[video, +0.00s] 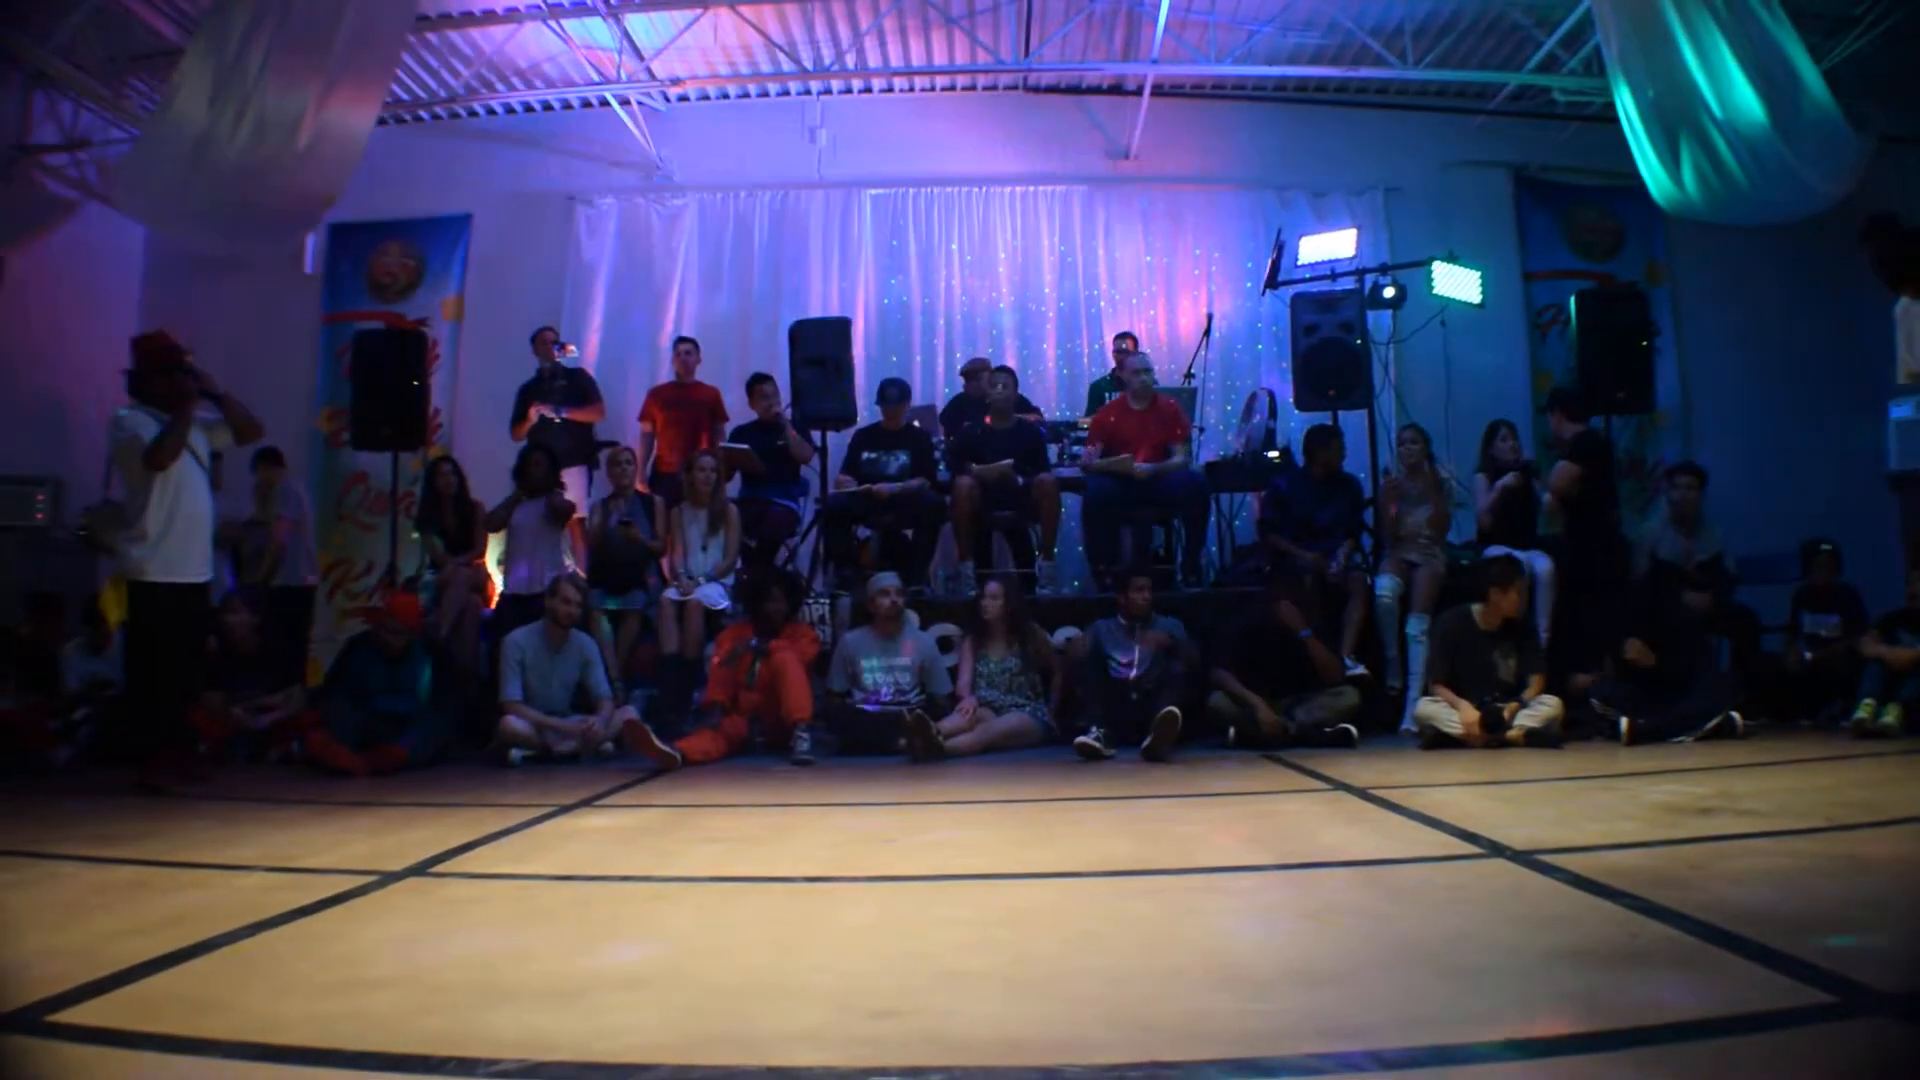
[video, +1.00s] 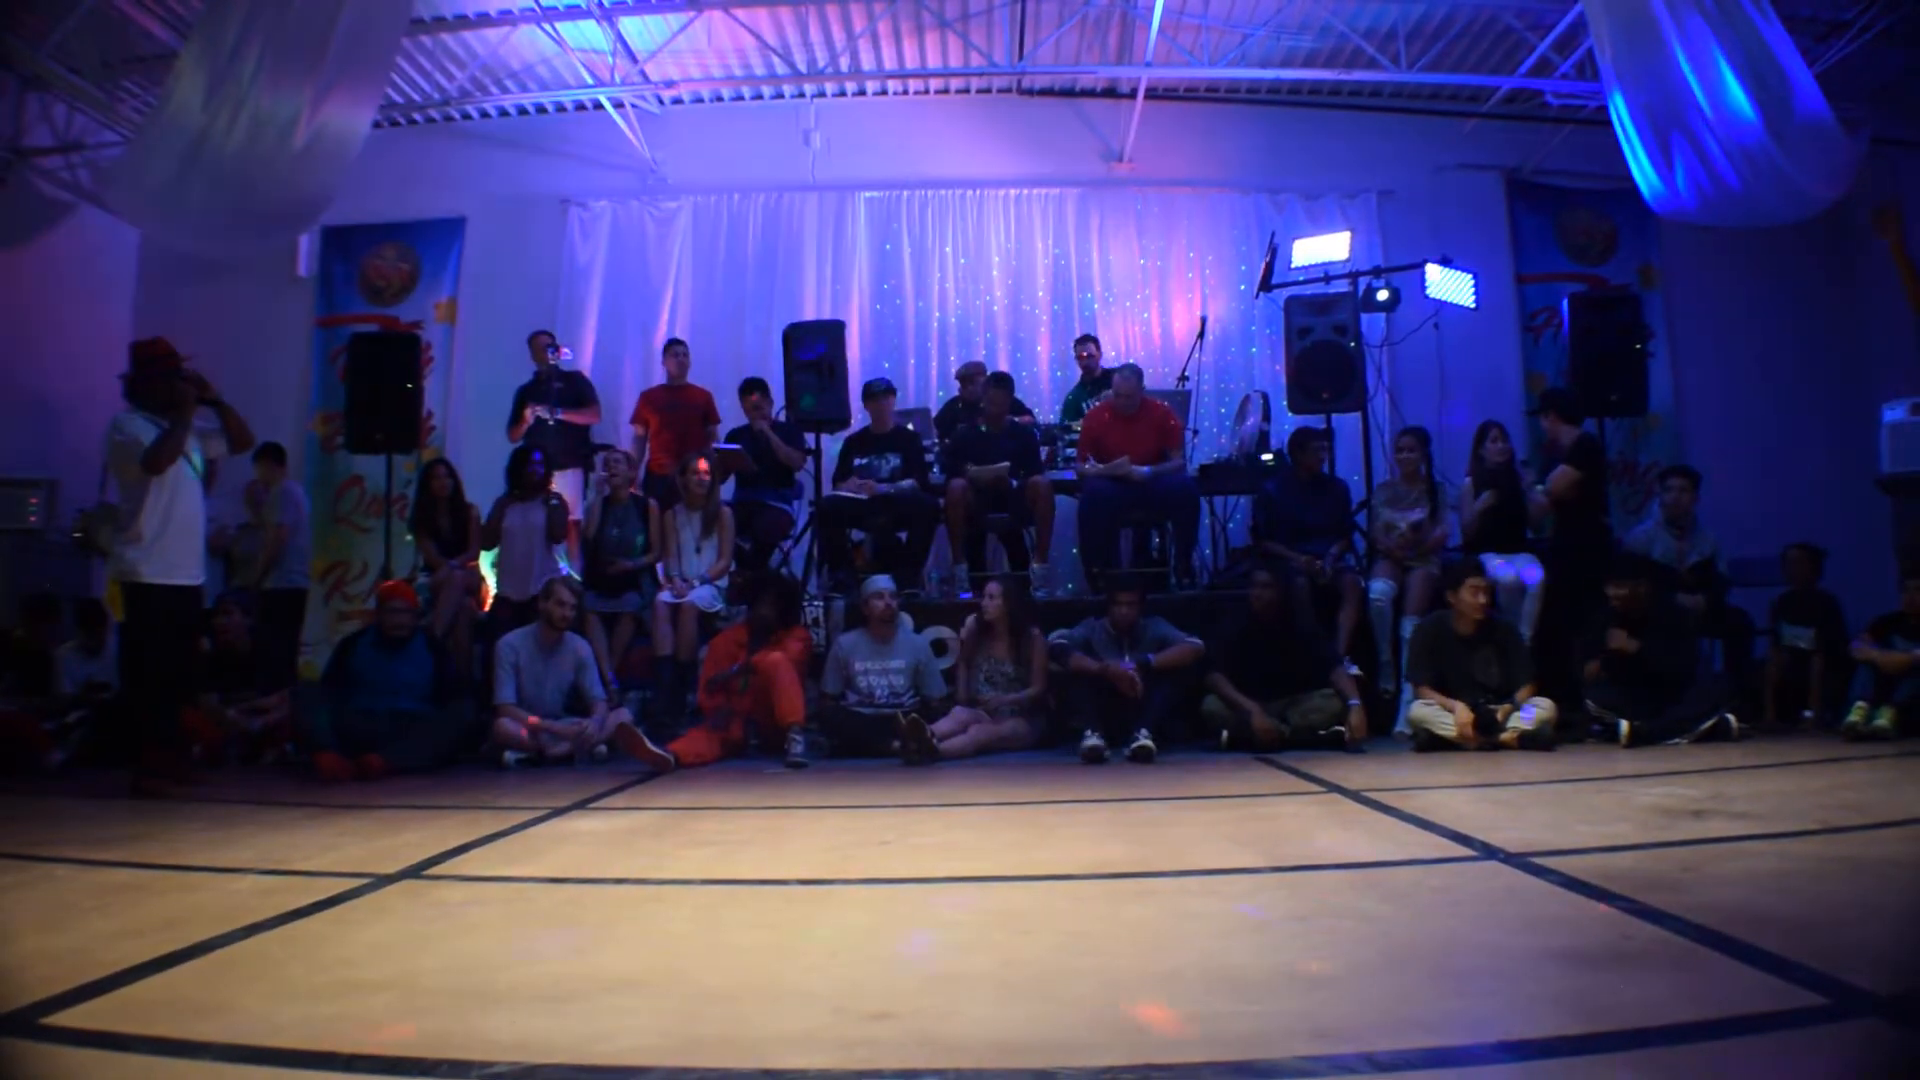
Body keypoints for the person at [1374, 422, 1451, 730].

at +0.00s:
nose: (1408, 449)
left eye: (1414, 443)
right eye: (1402, 444)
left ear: (1425, 448)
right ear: (1397, 450)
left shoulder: (1439, 481)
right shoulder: (1391, 484)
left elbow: (1441, 529)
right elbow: (1386, 534)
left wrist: (1434, 493)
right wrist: (1389, 504)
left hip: (1427, 549)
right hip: (1397, 549)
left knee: (1417, 627)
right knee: (1384, 595)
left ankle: (1414, 709)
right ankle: (1393, 670)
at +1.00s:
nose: (1404, 457)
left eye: (1411, 451)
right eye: (1399, 451)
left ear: (1423, 454)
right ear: (1394, 455)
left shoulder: (1437, 491)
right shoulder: (1383, 492)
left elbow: (1443, 531)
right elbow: (1375, 533)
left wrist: (1416, 549)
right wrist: (1391, 547)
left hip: (1422, 557)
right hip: (1389, 557)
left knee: (1410, 625)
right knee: (1378, 596)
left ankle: (1408, 685)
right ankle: (1385, 669)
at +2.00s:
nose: (1409, 452)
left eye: (1415, 446)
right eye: (1403, 447)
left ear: (1427, 451)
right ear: (1398, 454)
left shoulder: (1442, 490)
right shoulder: (1388, 493)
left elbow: (1447, 533)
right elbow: (1380, 533)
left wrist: (1417, 542)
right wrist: (1396, 548)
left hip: (1426, 557)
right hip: (1393, 556)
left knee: (1413, 628)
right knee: (1381, 596)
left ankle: (1409, 694)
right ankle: (1385, 669)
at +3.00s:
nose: (1401, 451)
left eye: (1407, 445)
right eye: (1394, 446)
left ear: (1417, 452)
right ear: (1386, 453)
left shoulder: (1430, 489)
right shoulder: (1377, 491)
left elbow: (1439, 528)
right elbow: (1374, 533)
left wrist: (1415, 544)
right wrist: (1391, 547)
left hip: (1420, 557)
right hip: (1388, 556)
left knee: (1412, 630)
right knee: (1378, 596)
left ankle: (1407, 708)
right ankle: (1386, 669)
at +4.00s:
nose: (1403, 451)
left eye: (1409, 445)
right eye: (1396, 446)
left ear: (1417, 451)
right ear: (1387, 453)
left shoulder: (1431, 488)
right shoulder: (1377, 492)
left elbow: (1440, 525)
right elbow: (1371, 530)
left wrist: (1422, 541)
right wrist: (1387, 546)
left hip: (1420, 555)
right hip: (1387, 554)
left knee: (1412, 628)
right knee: (1378, 595)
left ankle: (1408, 705)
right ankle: (1385, 671)